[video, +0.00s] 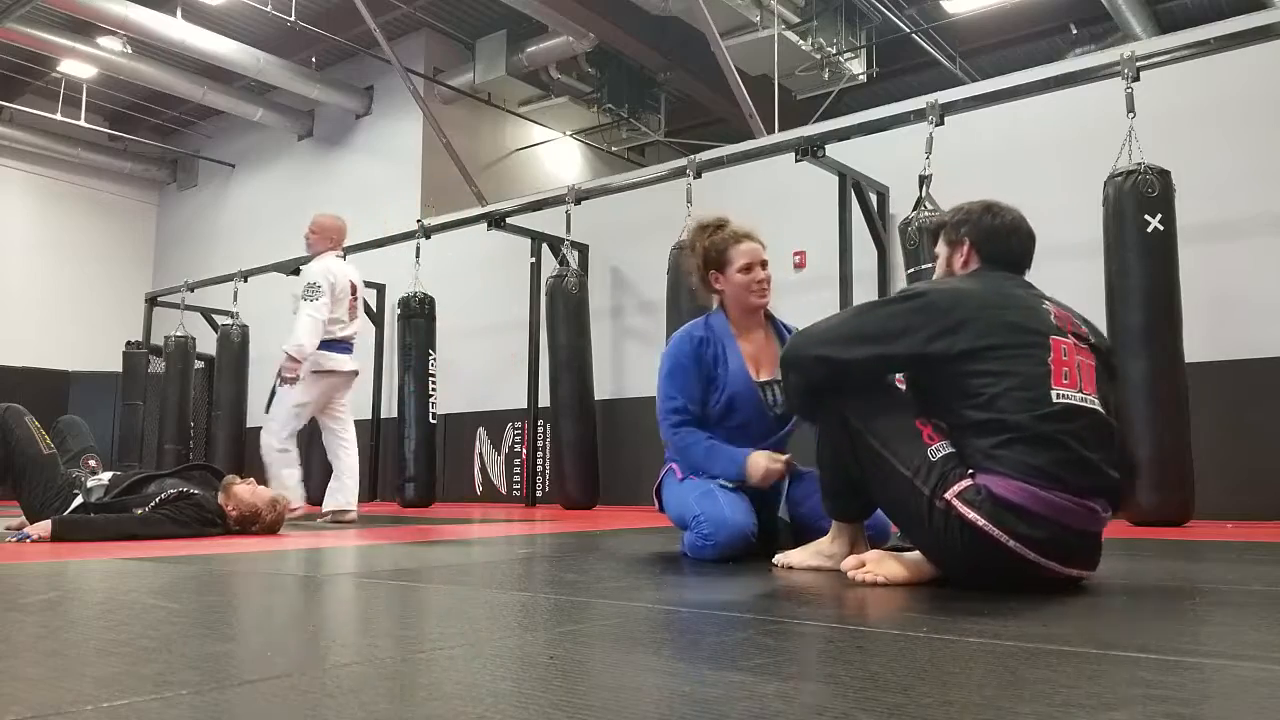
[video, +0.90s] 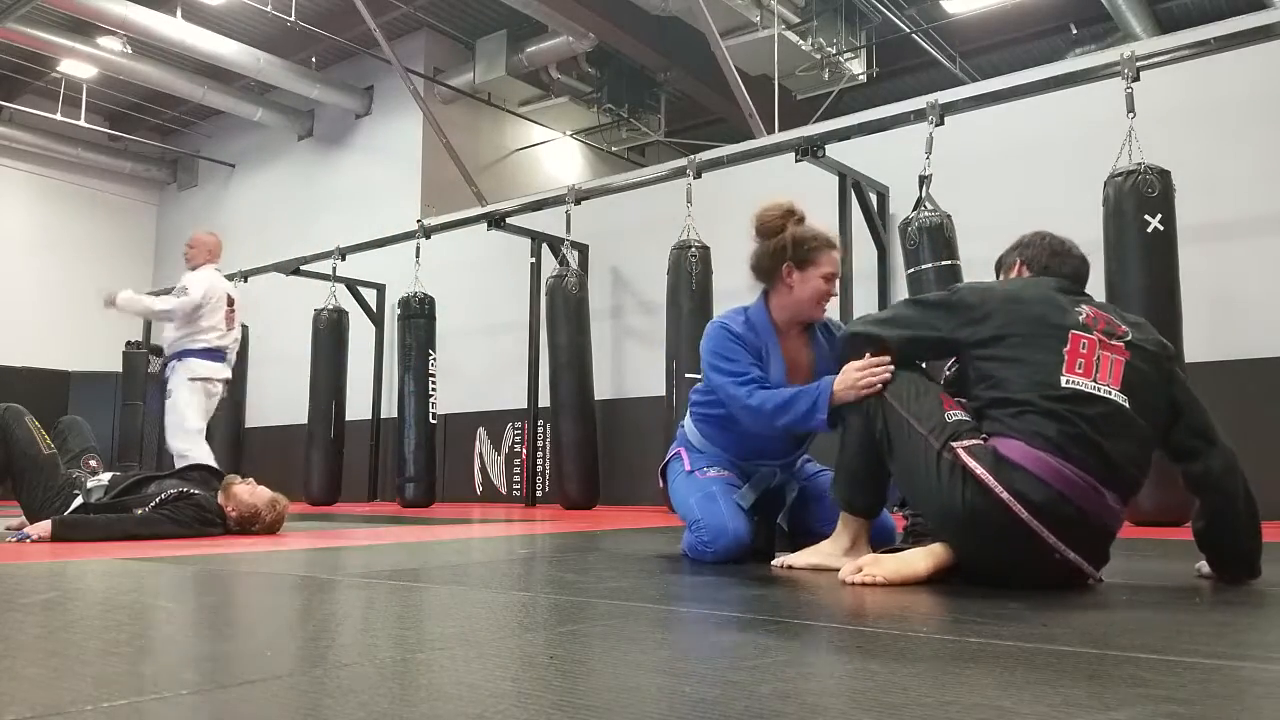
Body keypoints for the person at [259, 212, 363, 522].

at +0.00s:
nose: (306, 236)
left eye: (312, 232)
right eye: (308, 231)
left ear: (330, 240)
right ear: (335, 242)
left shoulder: (319, 270)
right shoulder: (350, 272)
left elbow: (312, 316)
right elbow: (352, 321)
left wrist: (293, 356)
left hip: (319, 363)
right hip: (344, 364)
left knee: (276, 429)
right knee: (340, 435)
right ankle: (343, 506)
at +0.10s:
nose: (291, 238)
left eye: (298, 235)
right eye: (294, 233)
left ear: (315, 243)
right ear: (319, 244)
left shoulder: (305, 273)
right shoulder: (332, 274)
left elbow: (306, 319)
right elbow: (342, 321)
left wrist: (294, 359)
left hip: (304, 365)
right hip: (330, 367)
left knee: (271, 431)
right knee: (333, 435)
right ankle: (343, 503)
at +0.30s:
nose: (257, 239)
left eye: (263, 236)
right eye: (259, 234)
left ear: (281, 244)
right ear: (285, 245)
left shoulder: (270, 276)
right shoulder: (298, 277)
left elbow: (270, 323)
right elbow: (300, 329)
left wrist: (259, 365)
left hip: (261, 362)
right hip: (291, 365)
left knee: (238, 432)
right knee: (289, 433)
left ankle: (225, 502)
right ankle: (326, 488)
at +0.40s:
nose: (242, 239)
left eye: (248, 235)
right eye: (243, 234)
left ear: (265, 243)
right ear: (270, 244)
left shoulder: (255, 275)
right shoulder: (282, 274)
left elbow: (245, 321)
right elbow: (280, 326)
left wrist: (221, 354)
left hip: (249, 362)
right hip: (276, 364)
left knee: (234, 432)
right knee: (262, 434)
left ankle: (230, 501)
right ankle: (297, 481)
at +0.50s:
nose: (229, 238)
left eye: (236, 235)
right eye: (231, 233)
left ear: (252, 243)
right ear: (257, 244)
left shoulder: (243, 273)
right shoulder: (273, 275)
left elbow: (219, 309)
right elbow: (270, 325)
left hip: (238, 361)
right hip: (264, 363)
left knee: (226, 431)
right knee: (237, 430)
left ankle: (234, 497)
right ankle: (262, 495)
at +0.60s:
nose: (217, 242)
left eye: (224, 238)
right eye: (219, 237)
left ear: (242, 244)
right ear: (245, 247)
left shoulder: (231, 272)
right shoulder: (262, 278)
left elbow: (199, 294)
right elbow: (264, 329)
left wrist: (148, 294)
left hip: (226, 361)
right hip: (251, 363)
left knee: (222, 435)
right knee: (229, 433)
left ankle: (230, 505)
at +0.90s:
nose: (185, 252)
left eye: (191, 247)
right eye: (186, 247)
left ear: (208, 253)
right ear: (211, 255)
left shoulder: (198, 279)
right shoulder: (228, 287)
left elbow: (178, 307)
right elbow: (233, 336)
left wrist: (122, 299)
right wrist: (224, 368)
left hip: (191, 369)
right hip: (215, 372)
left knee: (184, 440)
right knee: (191, 439)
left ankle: (212, 495)